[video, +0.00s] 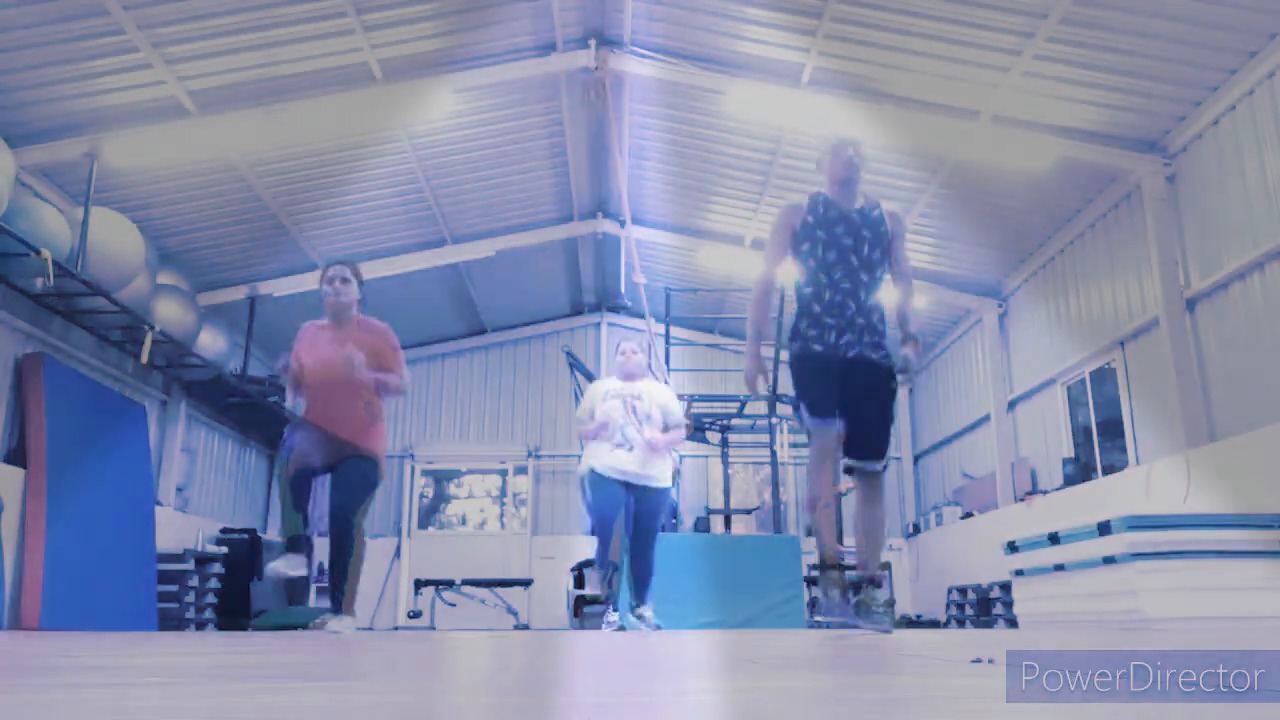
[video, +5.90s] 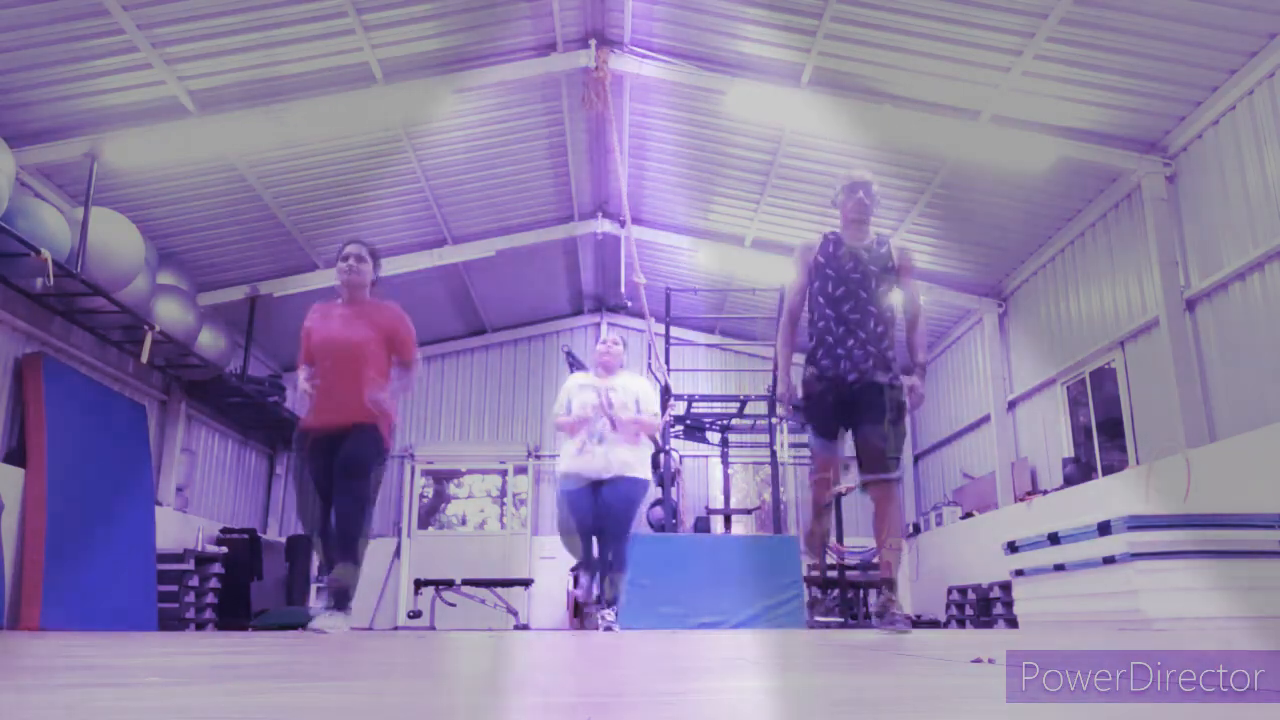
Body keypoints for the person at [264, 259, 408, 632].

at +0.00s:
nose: (336, 287)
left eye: (345, 281)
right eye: (330, 281)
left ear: (359, 291)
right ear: (322, 291)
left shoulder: (378, 333)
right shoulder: (308, 333)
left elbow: (400, 384)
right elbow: (297, 385)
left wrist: (367, 376)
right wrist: (291, 372)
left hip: (360, 442)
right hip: (316, 434)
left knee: (340, 512)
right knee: (299, 469)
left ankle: (337, 609)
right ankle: (301, 549)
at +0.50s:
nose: (321, 266)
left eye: (329, 261)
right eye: (314, 260)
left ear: (343, 271)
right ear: (303, 270)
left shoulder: (363, 313)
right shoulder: (284, 314)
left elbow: (388, 364)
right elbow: (265, 371)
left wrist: (367, 364)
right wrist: (286, 351)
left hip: (352, 420)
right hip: (302, 424)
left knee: (349, 474)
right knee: (296, 519)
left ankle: (347, 553)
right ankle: (295, 609)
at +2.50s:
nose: (349, 285)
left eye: (357, 280)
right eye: (342, 279)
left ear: (368, 291)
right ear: (331, 289)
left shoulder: (382, 332)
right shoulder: (312, 332)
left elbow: (408, 382)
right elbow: (291, 387)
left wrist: (386, 381)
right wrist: (305, 372)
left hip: (365, 433)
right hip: (318, 435)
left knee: (351, 504)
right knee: (319, 517)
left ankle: (346, 606)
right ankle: (324, 605)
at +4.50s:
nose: (378, 304)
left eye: (386, 300)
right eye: (373, 299)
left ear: (399, 310)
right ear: (364, 308)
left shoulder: (412, 348)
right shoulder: (348, 346)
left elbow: (433, 395)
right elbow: (329, 392)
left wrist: (412, 399)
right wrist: (337, 385)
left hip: (389, 443)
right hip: (347, 440)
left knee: (378, 524)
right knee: (334, 507)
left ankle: (378, 607)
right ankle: (352, 565)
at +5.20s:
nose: (350, 285)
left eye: (358, 280)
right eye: (344, 280)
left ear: (371, 291)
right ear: (334, 290)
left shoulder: (392, 330)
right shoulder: (319, 332)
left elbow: (413, 376)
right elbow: (304, 384)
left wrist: (397, 385)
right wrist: (320, 377)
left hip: (382, 430)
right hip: (336, 436)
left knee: (370, 480)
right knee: (336, 518)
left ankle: (378, 550)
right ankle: (338, 605)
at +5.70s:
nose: (351, 290)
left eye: (359, 285)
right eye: (345, 285)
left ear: (371, 296)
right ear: (336, 294)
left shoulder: (388, 341)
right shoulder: (315, 340)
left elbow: (407, 394)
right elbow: (296, 390)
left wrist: (405, 437)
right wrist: (305, 412)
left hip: (365, 434)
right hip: (322, 437)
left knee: (341, 506)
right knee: (331, 516)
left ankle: (335, 590)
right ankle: (345, 602)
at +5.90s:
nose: (351, 264)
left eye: (360, 259)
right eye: (345, 259)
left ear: (374, 272)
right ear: (336, 270)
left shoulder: (389, 314)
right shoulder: (317, 313)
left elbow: (408, 367)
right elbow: (304, 365)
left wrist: (390, 390)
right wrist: (303, 381)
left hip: (366, 422)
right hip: (320, 423)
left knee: (352, 487)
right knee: (324, 505)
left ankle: (344, 572)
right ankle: (336, 592)